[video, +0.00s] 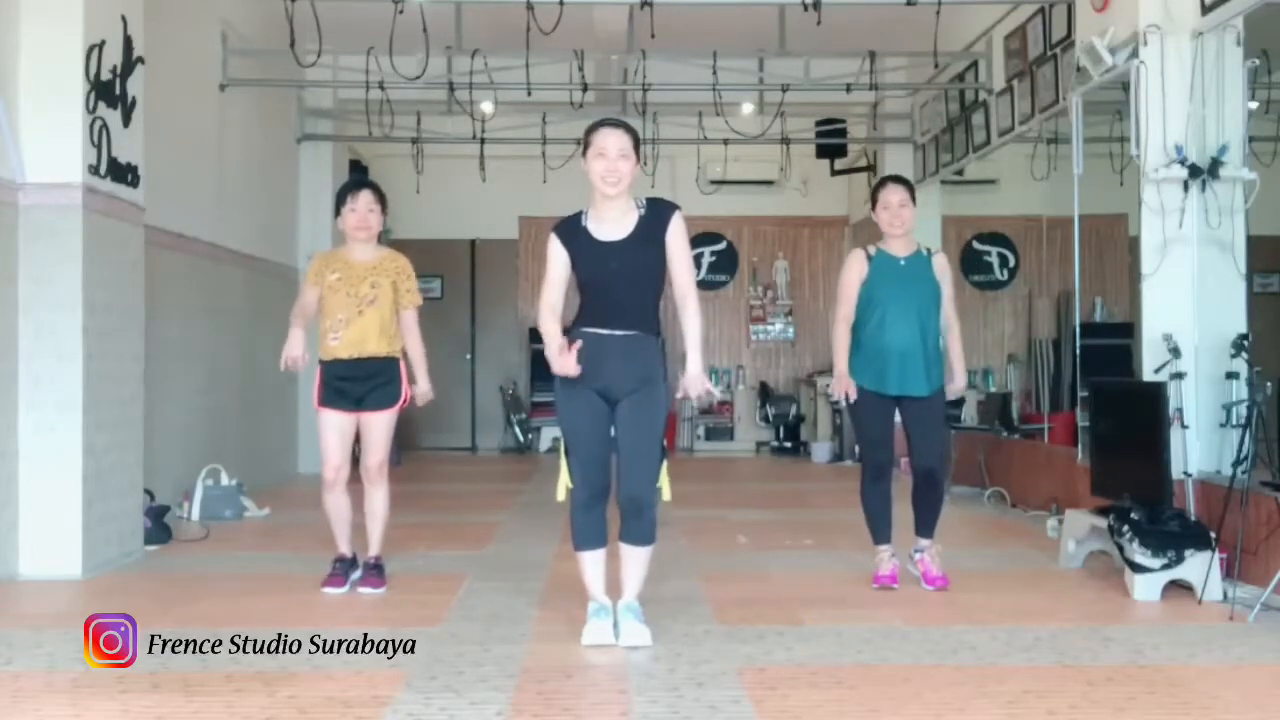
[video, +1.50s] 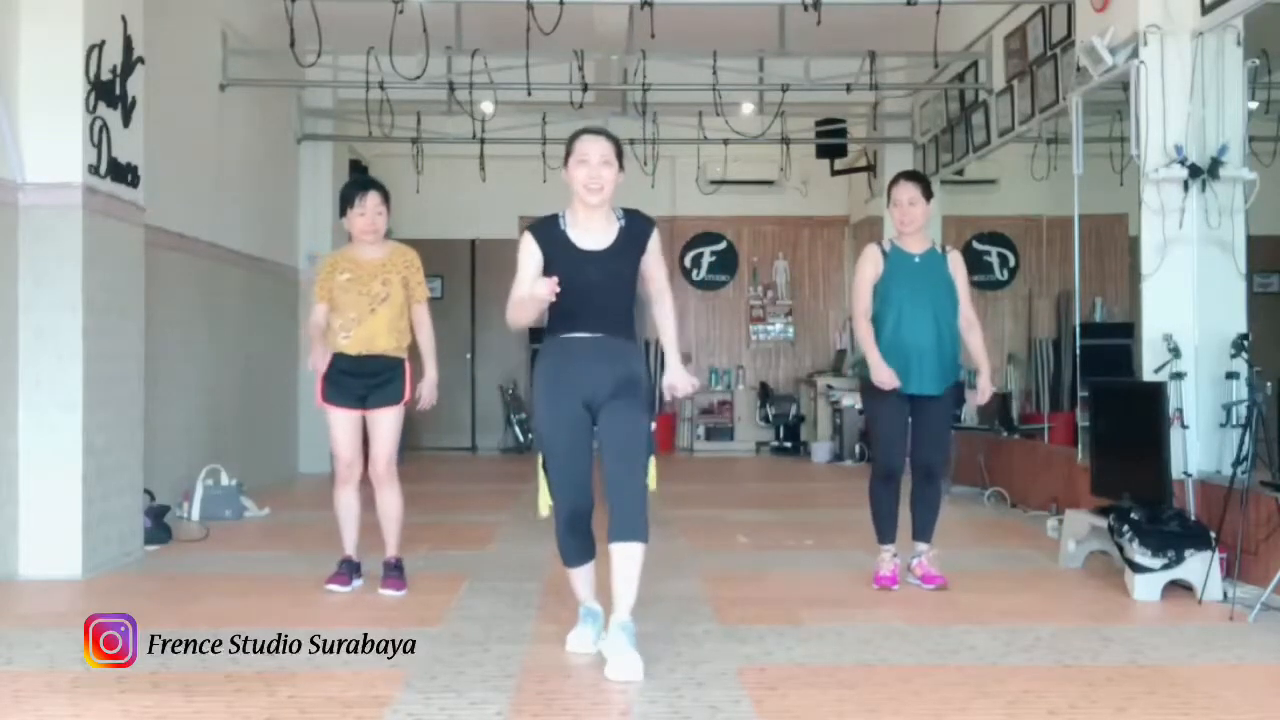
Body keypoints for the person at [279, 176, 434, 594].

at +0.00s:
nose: (362, 216)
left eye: (371, 209)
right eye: (353, 209)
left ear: (383, 218)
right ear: (340, 218)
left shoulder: (397, 265)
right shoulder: (324, 264)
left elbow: (410, 325)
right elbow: (304, 307)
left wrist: (421, 375)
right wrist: (296, 333)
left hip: (384, 371)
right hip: (336, 372)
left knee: (374, 468)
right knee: (334, 472)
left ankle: (373, 559)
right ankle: (343, 557)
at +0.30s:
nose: (358, 214)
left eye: (367, 207)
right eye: (349, 207)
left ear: (379, 216)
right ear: (335, 215)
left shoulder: (390, 260)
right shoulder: (319, 264)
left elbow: (395, 308)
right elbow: (300, 325)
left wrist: (381, 333)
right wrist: (287, 380)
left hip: (371, 367)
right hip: (324, 368)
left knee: (364, 469)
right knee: (337, 471)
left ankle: (372, 558)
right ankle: (345, 560)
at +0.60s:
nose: (356, 219)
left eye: (364, 211)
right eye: (346, 211)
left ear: (376, 218)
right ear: (331, 218)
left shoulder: (387, 262)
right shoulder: (319, 266)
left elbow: (383, 312)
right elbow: (307, 330)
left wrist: (356, 325)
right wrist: (296, 386)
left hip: (366, 370)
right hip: (321, 368)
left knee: (357, 469)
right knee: (333, 470)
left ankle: (371, 558)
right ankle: (345, 560)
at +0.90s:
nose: (356, 220)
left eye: (364, 212)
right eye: (346, 212)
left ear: (376, 218)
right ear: (331, 219)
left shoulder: (389, 262)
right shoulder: (319, 266)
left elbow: (390, 316)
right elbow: (307, 329)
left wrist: (364, 347)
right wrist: (295, 387)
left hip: (368, 369)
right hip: (322, 368)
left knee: (360, 468)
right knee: (335, 469)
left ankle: (372, 558)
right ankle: (346, 560)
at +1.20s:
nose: (360, 223)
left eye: (368, 214)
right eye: (350, 215)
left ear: (378, 219)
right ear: (334, 221)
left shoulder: (395, 264)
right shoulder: (323, 267)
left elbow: (410, 327)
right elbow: (306, 324)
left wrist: (416, 384)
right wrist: (293, 374)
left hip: (377, 371)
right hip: (328, 371)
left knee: (368, 466)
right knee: (339, 467)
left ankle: (378, 553)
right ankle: (346, 560)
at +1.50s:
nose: (371, 219)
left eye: (378, 211)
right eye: (361, 211)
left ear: (388, 216)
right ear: (345, 218)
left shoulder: (405, 259)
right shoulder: (332, 265)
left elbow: (421, 318)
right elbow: (318, 317)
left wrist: (430, 371)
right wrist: (318, 347)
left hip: (390, 368)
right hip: (341, 367)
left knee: (382, 468)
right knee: (346, 468)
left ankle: (393, 561)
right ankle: (349, 560)